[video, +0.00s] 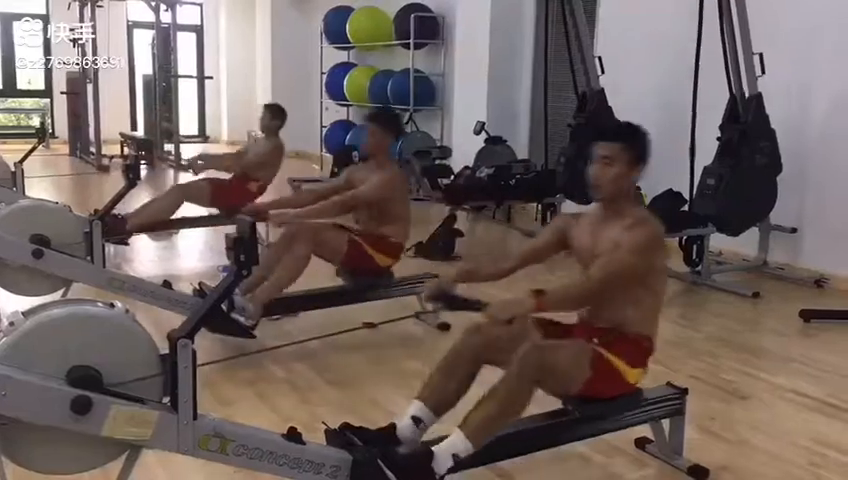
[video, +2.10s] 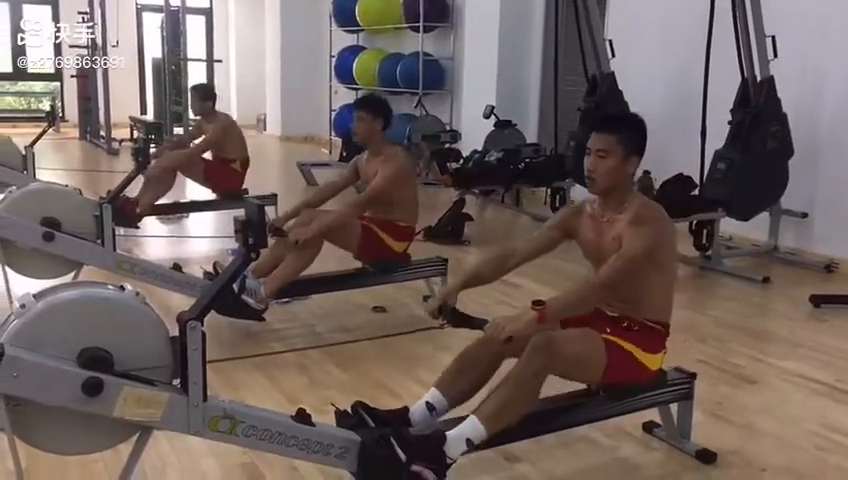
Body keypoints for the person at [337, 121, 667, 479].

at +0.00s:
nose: (598, 171)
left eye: (611, 163)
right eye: (595, 161)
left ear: (636, 172)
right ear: (587, 166)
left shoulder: (644, 232)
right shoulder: (575, 222)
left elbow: (590, 288)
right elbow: (510, 263)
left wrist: (530, 302)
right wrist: (456, 274)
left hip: (620, 357)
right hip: (580, 337)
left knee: (531, 359)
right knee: (479, 337)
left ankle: (438, 462)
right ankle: (402, 435)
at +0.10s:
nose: (640, 176)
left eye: (653, 169)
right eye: (639, 167)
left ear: (679, 177)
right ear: (635, 170)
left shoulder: (684, 237)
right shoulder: (617, 224)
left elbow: (634, 284)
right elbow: (551, 258)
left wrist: (577, 292)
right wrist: (501, 272)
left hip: (638, 353)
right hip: (596, 330)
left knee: (546, 376)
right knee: (499, 355)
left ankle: (441, 462)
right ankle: (404, 436)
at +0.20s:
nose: (669, 190)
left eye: (681, 183)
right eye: (668, 180)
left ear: (708, 192)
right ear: (665, 183)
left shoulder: (714, 244)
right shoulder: (639, 230)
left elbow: (674, 292)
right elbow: (587, 268)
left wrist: (629, 262)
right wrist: (546, 269)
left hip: (642, 349)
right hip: (600, 328)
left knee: (550, 389)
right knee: (511, 367)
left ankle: (437, 467)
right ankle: (403, 437)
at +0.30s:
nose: (684, 197)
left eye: (696, 190)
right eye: (683, 188)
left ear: (721, 200)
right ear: (678, 191)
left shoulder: (727, 252)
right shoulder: (652, 235)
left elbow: (731, 320)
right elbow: (622, 268)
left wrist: (699, 289)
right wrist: (587, 260)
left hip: (643, 349)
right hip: (603, 327)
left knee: (548, 386)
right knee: (509, 368)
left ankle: (436, 462)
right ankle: (400, 437)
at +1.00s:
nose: (643, 175)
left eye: (656, 167)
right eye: (641, 165)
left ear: (682, 176)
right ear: (638, 170)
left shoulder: (689, 233)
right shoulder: (622, 227)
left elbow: (699, 315)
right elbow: (579, 278)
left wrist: (643, 308)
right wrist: (544, 292)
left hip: (637, 344)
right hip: (592, 330)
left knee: (548, 386)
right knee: (506, 368)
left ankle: (433, 461)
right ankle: (396, 431)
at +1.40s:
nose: (620, 170)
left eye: (632, 163)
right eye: (618, 160)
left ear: (660, 170)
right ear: (613, 162)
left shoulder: (673, 227)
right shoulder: (604, 219)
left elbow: (643, 302)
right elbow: (546, 266)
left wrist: (582, 325)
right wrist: (496, 296)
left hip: (644, 343)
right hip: (601, 327)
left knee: (551, 390)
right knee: (509, 372)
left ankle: (439, 460)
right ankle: (402, 429)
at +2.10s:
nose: (590, 164)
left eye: (603, 156)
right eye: (589, 154)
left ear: (633, 164)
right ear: (585, 156)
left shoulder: (649, 221)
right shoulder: (579, 214)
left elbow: (601, 289)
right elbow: (509, 255)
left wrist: (532, 320)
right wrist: (454, 284)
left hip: (638, 344)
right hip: (593, 319)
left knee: (542, 349)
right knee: (500, 337)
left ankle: (449, 449)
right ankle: (416, 420)